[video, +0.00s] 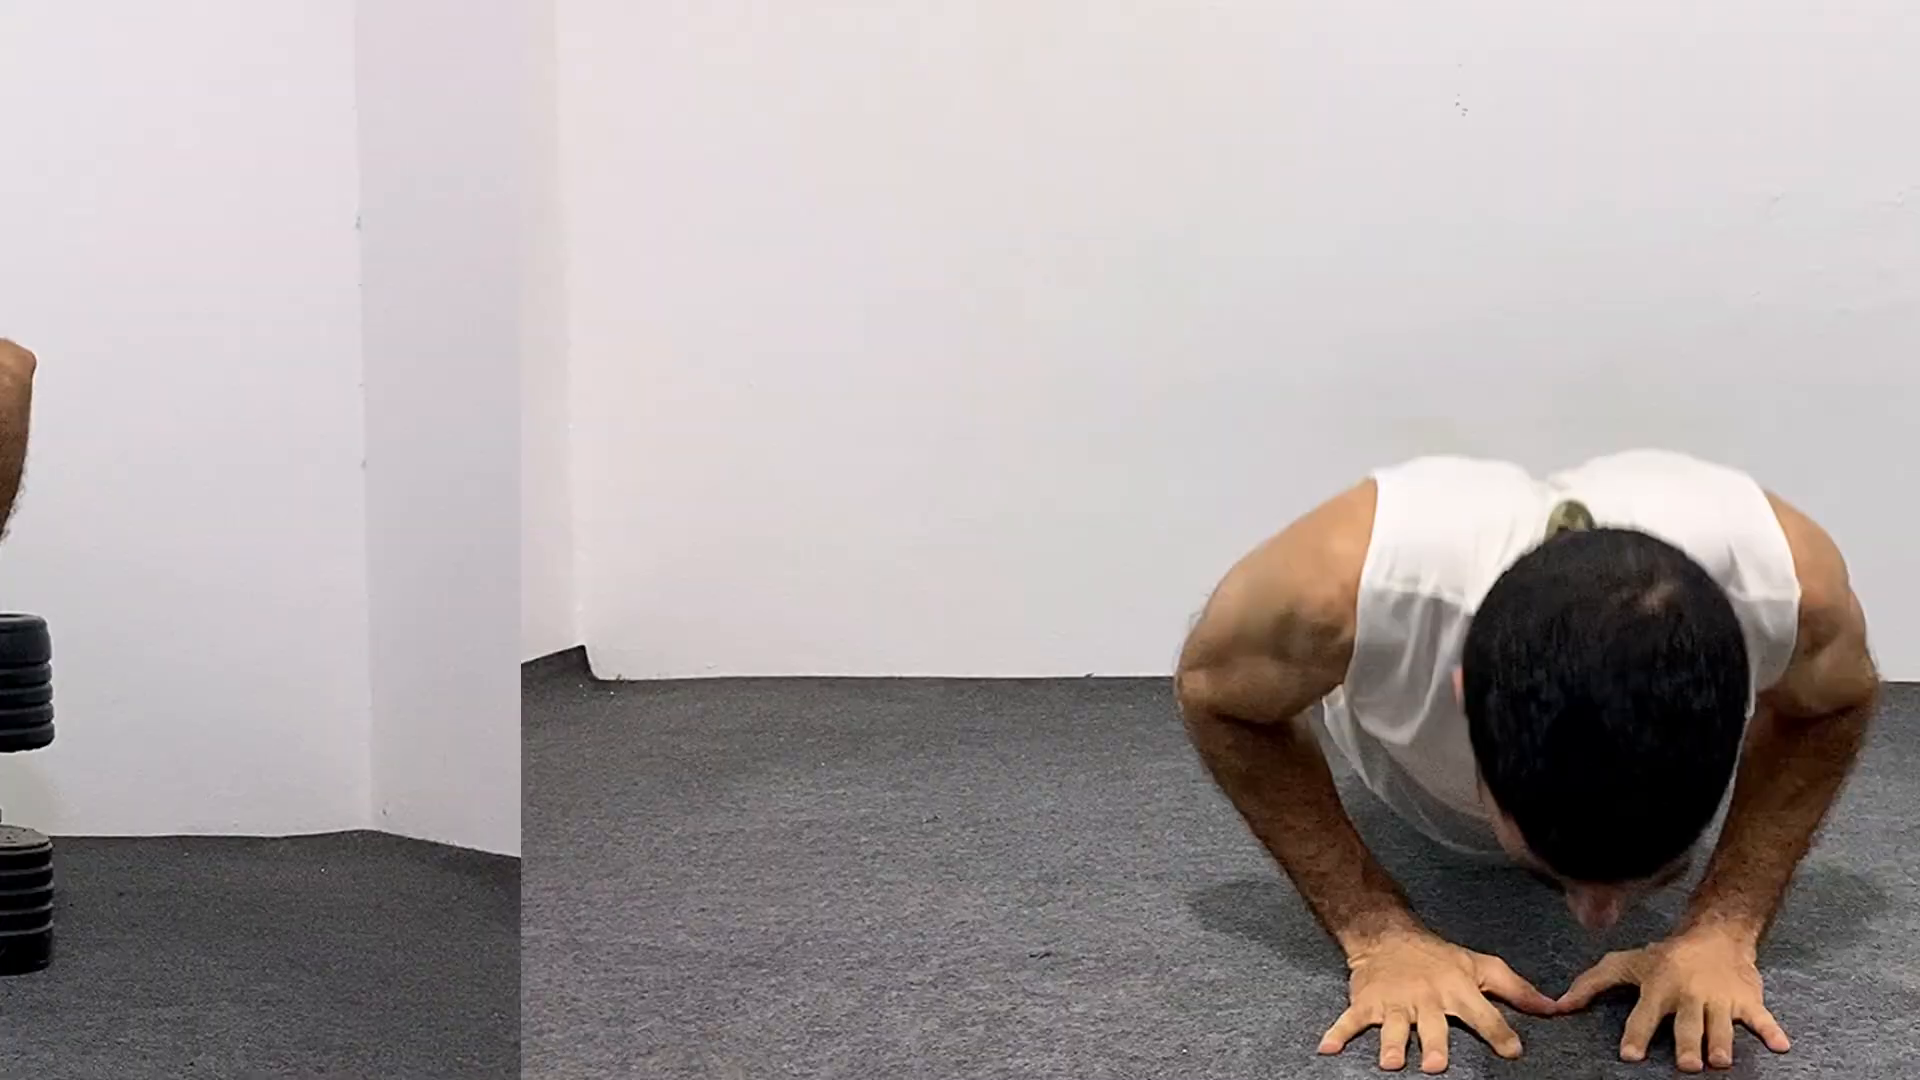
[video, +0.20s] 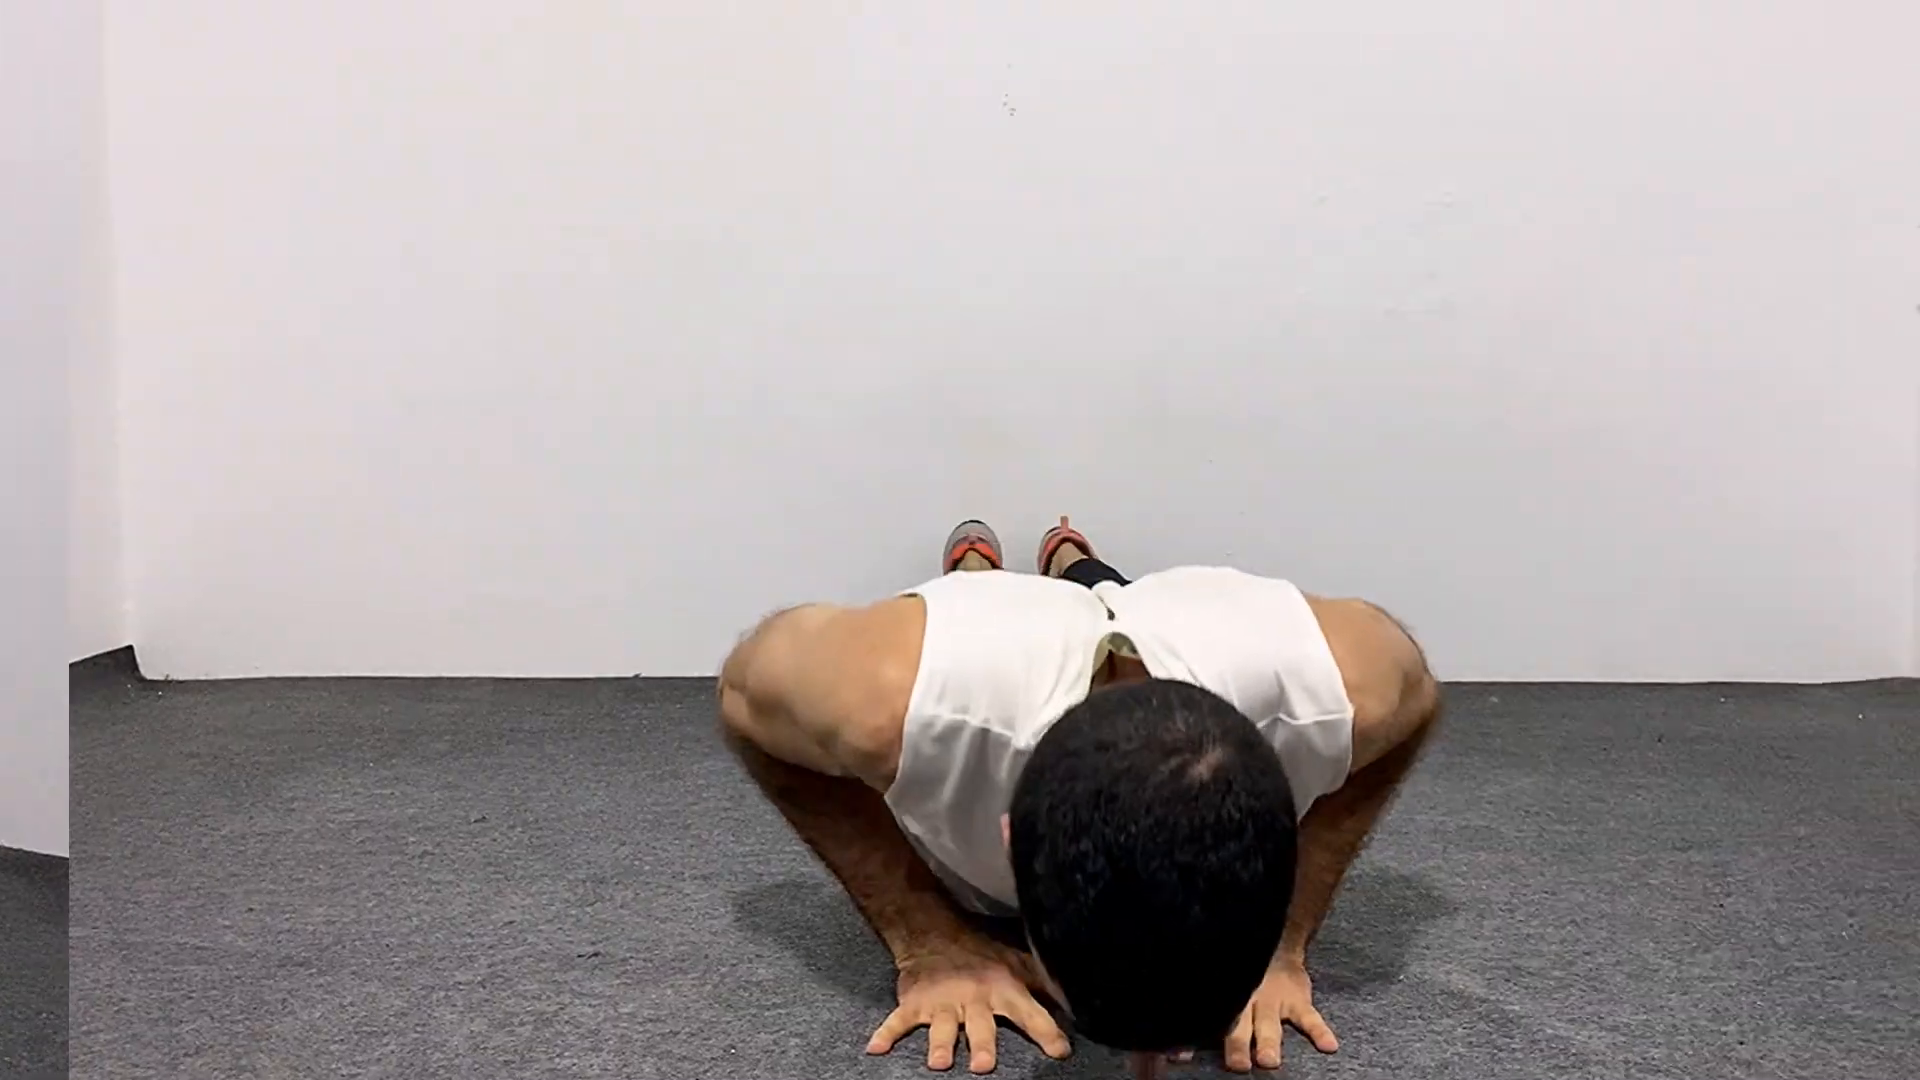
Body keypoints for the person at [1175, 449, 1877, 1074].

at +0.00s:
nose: (1596, 916)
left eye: (1643, 875)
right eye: (1545, 866)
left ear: (1733, 726)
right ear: (1464, 695)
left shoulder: (1798, 590)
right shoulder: (1336, 588)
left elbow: (1823, 704)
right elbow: (1222, 696)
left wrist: (1726, 928)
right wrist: (1378, 931)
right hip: (1407, 779)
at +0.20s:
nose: (1155, 1071)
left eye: (1193, 1043)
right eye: (1116, 1040)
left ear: (1285, 816)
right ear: (1015, 847)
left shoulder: (1353, 688)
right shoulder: (885, 698)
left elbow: (1413, 701)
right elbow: (750, 694)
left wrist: (1290, 942)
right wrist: (925, 938)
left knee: (1109, 602)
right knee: (964, 602)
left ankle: (1075, 567)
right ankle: (969, 577)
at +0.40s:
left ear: (1216, 885)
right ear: (943, 878)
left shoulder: (1281, 702)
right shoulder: (808, 724)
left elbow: (1347, 694)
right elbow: (674, 692)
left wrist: (1224, 933)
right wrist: (849, 930)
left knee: (1048, 617)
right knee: (901, 624)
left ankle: (1009, 573)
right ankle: (903, 592)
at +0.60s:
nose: (1070, 885)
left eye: (1115, 844)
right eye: (1027, 838)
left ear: (1207, 699)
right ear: (943, 675)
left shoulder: (1274, 577)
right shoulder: (807, 590)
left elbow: (1302, 703)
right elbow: (711, 698)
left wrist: (1203, 925)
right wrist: (861, 932)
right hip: (907, 801)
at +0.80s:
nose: (1059, 584)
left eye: (1111, 548)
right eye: (1017, 546)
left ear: (1180, 436)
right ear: (933, 399)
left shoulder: (1258, 389)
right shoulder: (804, 388)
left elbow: (1290, 652)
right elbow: (732, 659)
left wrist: (1197, 927)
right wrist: (866, 931)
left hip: (1101, 656)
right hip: (901, 671)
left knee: (1077, 684)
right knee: (919, 704)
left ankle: (1054, 695)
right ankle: (940, 712)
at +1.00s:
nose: (1060, 384)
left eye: (1102, 347)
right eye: (1018, 341)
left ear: (1174, 259)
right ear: (943, 227)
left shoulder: (1255, 255)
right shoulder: (805, 246)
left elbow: (1238, 603)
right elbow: (815, 596)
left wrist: (1192, 927)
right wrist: (870, 928)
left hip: (1088, 556)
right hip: (910, 562)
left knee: (1051, 632)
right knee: (912, 652)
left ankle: (1028, 648)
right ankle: (912, 663)